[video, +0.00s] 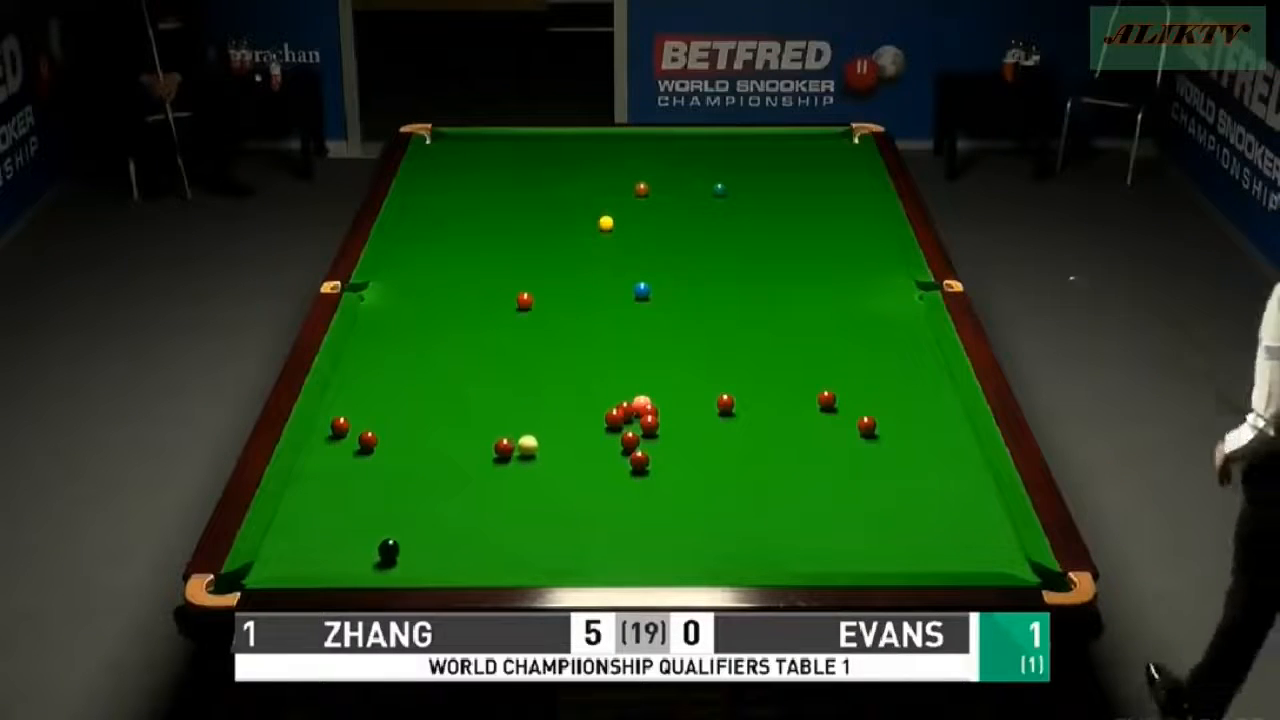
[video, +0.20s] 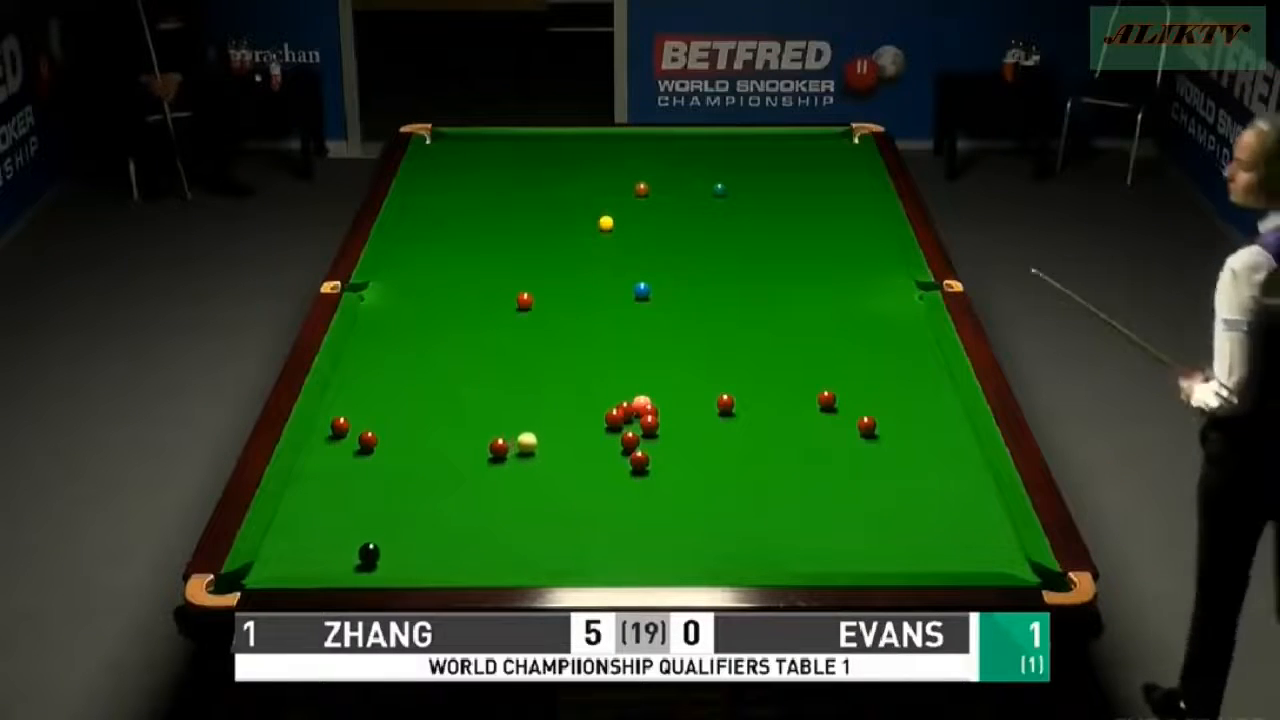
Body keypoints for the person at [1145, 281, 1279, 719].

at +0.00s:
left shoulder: (1277, 303)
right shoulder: (1274, 303)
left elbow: (1264, 421)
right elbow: (1263, 418)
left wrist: (1229, 448)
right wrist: (1233, 445)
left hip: (1274, 469)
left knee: (1252, 595)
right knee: (1254, 596)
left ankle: (1202, 699)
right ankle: (1201, 697)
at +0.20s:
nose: (1230, 170)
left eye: (1240, 162)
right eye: (1234, 158)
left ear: (1269, 176)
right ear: (1269, 176)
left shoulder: (1249, 268)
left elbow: (1234, 393)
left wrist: (1198, 390)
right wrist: (1211, 384)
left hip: (1246, 451)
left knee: (1220, 587)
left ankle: (1197, 700)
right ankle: (1198, 695)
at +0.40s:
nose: (1192, 144)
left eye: (1203, 137)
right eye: (1196, 132)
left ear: (1237, 149)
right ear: (1252, 148)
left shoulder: (1210, 236)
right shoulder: (1279, 216)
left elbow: (1181, 353)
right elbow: (1257, 324)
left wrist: (1142, 333)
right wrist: (1179, 328)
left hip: (1212, 424)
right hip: (1268, 415)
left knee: (1202, 562)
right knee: (1236, 546)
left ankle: (1195, 696)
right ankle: (1260, 685)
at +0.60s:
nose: (1164, 127)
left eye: (1175, 120)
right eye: (1169, 116)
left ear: (1208, 131)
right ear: (1223, 131)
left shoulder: (1176, 213)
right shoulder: (1255, 189)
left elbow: (1148, 324)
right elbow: (1240, 291)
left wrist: (1118, 300)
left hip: (1184, 396)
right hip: (1247, 385)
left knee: (1189, 536)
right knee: (1184, 502)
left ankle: (1197, 693)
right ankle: (1165, 607)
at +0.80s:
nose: (1138, 110)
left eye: (1149, 104)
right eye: (1142, 100)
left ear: (1180, 114)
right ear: (1200, 114)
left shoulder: (1152, 189)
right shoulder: (1241, 169)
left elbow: (1125, 294)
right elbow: (1267, 261)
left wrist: (1100, 270)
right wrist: (1231, 303)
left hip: (1154, 352)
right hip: (1220, 344)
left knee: (1156, 501)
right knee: (1154, 461)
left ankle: (1185, 669)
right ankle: (1126, 568)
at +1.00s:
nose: (1118, 83)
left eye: (1128, 75)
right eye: (1120, 72)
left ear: (1161, 83)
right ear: (1174, 82)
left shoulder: (1134, 153)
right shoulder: (1222, 138)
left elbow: (1104, 256)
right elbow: (1255, 220)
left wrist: (1074, 231)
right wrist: (1209, 261)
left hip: (1129, 316)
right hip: (1194, 312)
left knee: (1095, 432)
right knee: (1154, 439)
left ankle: (1124, 571)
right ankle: (1133, 574)